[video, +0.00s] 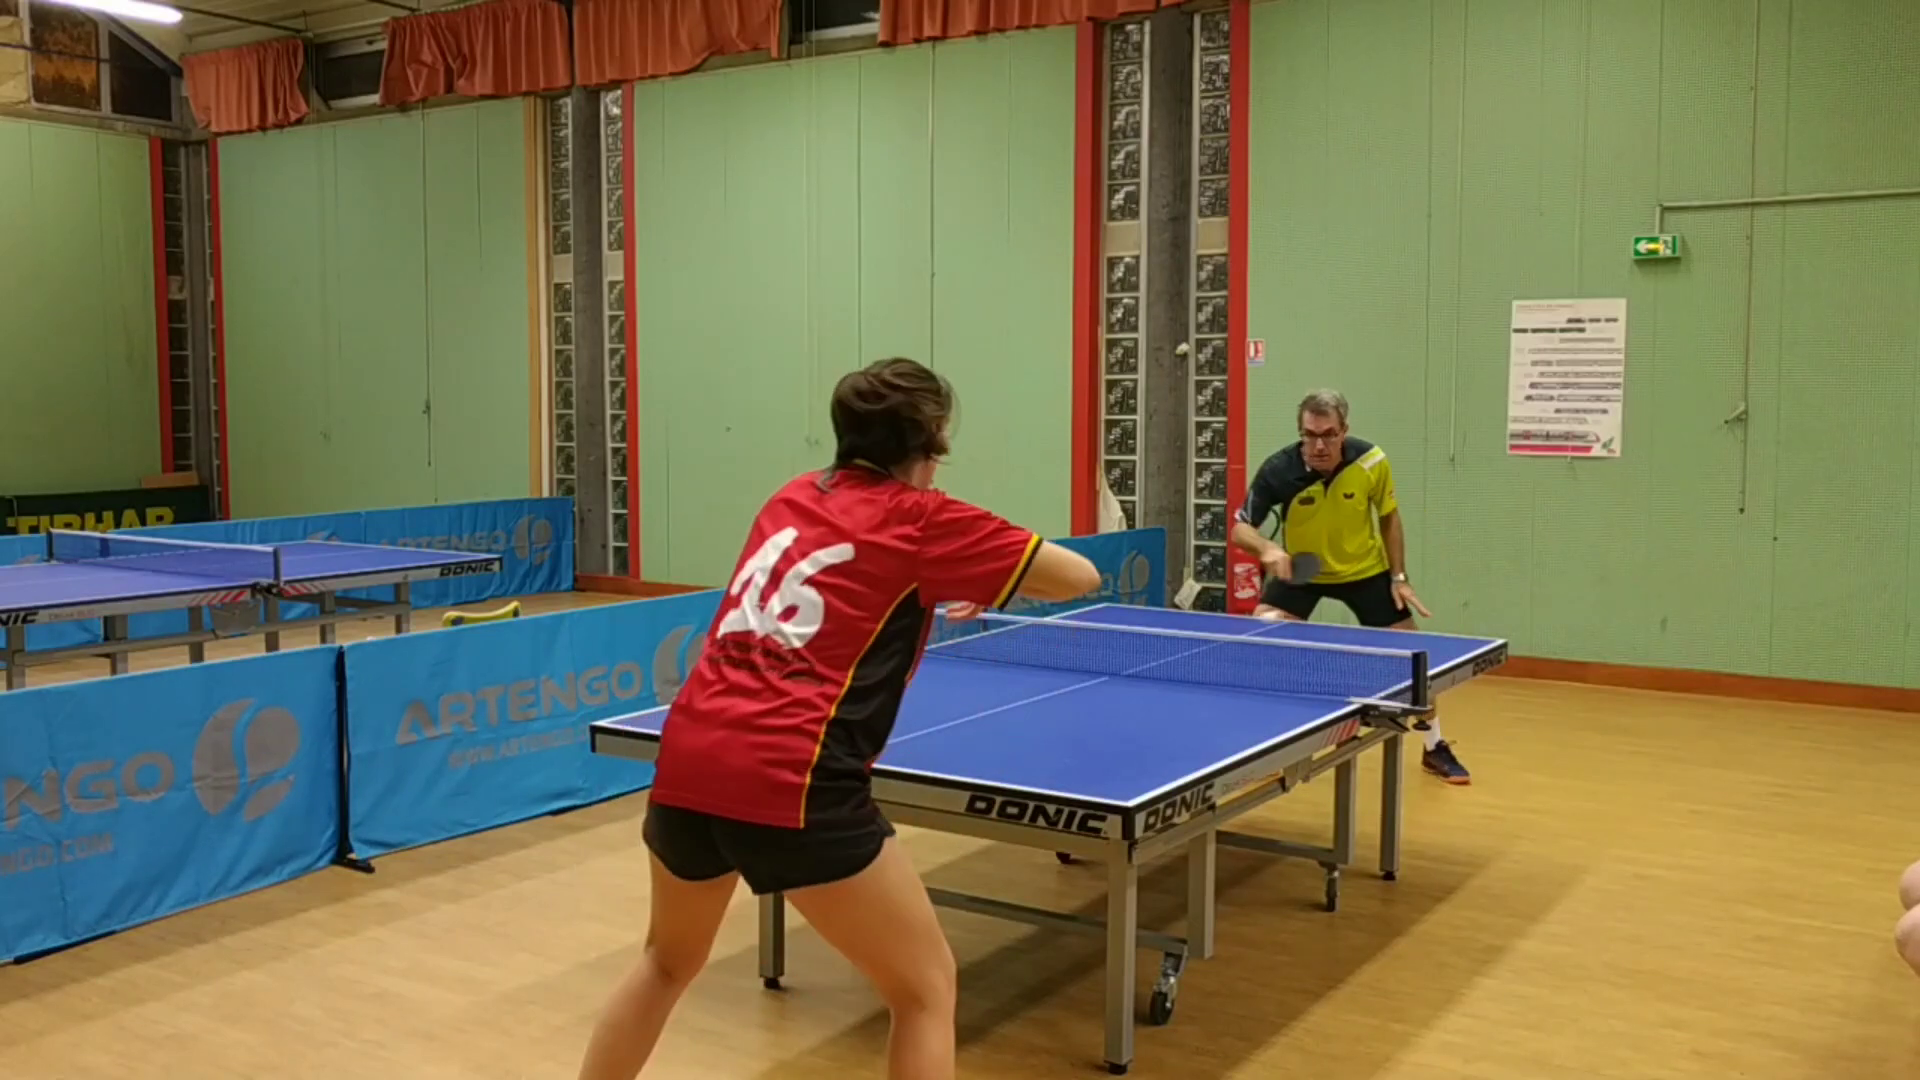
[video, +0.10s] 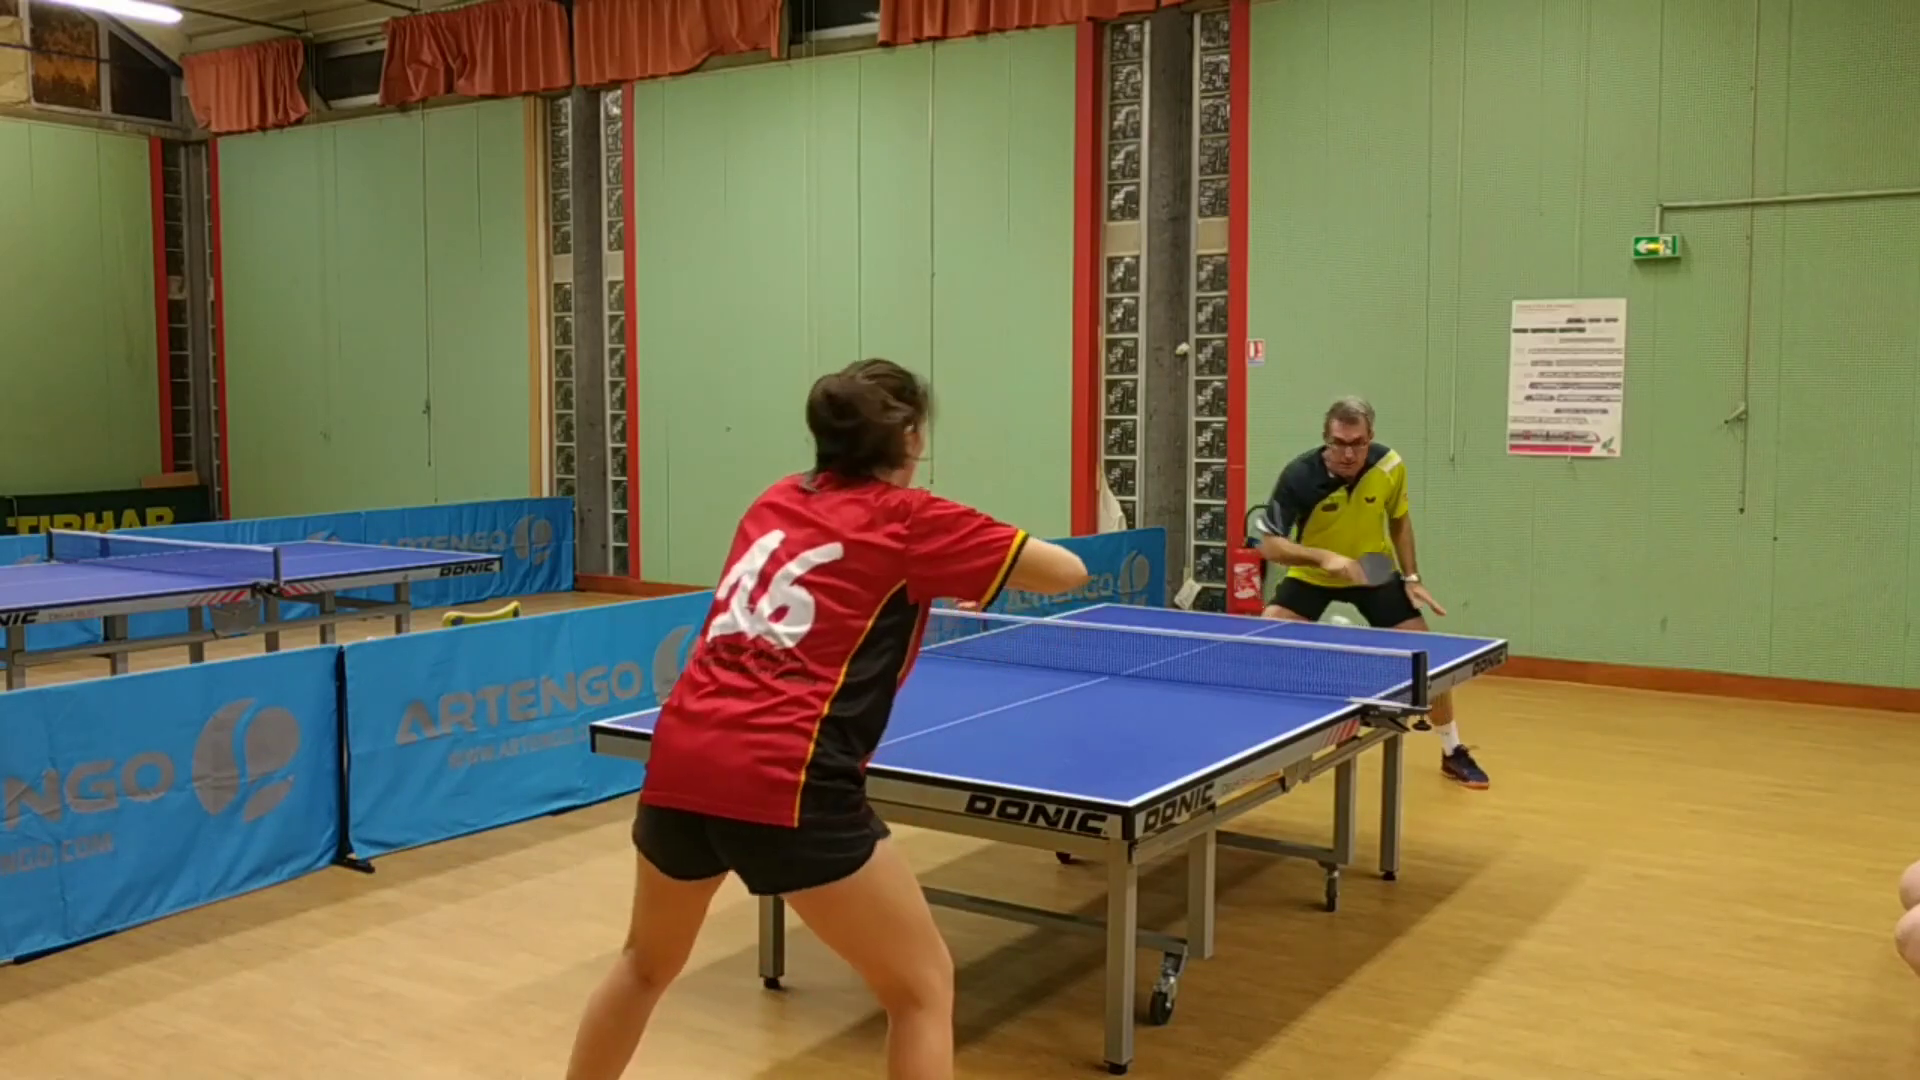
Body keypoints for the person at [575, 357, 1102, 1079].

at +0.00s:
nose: (938, 466)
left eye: (940, 451)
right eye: (938, 450)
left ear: (849, 439)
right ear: (923, 453)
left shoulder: (791, 497)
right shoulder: (920, 518)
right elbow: (1080, 576)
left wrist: (938, 581)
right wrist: (1000, 575)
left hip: (684, 778)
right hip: (795, 794)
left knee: (663, 961)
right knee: (926, 992)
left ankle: (594, 1078)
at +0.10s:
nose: (922, 442)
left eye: (920, 429)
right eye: (919, 430)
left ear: (831, 437)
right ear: (905, 442)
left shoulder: (775, 500)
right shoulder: (908, 518)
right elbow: (1067, 570)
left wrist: (930, 569)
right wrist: (990, 559)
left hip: (677, 775)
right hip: (790, 790)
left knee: (640, 965)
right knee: (921, 991)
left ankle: (581, 1079)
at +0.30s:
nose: (865, 464)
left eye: (863, 450)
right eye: (862, 451)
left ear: (772, 458)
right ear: (843, 461)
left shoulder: (715, 523)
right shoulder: (840, 535)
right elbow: (979, 620)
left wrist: (839, 608)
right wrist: (928, 594)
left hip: (616, 786)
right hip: (722, 798)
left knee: (624, 960)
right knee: (877, 992)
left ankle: (570, 1075)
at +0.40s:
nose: (846, 462)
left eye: (845, 448)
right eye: (844, 448)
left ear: (755, 451)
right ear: (825, 455)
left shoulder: (696, 518)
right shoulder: (817, 526)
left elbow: (710, 623)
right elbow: (941, 626)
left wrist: (805, 648)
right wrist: (914, 619)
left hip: (594, 773)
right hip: (694, 782)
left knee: (617, 957)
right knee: (845, 989)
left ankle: (566, 1077)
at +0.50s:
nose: (839, 456)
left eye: (839, 442)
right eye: (838, 442)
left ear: (749, 444)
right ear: (819, 448)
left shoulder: (691, 511)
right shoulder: (810, 517)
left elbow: (699, 616)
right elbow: (934, 616)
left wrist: (796, 636)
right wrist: (895, 622)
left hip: (594, 767)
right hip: (693, 775)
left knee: (619, 952)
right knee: (835, 988)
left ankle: (567, 1077)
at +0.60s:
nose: (840, 455)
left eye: (839, 441)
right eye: (838, 442)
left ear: (749, 446)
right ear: (817, 448)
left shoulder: (694, 515)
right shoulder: (815, 517)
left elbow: (711, 622)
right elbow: (945, 609)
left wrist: (812, 635)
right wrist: (893, 616)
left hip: (601, 771)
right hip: (701, 779)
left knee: (630, 940)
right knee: (840, 992)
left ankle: (569, 1076)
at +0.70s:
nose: (837, 468)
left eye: (836, 455)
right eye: (835, 455)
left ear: (744, 460)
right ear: (815, 462)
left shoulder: (692, 529)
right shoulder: (817, 532)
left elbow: (718, 633)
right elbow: (947, 622)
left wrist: (815, 648)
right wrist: (911, 636)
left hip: (602, 787)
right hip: (704, 793)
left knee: (639, 927)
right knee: (857, 991)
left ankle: (565, 1074)